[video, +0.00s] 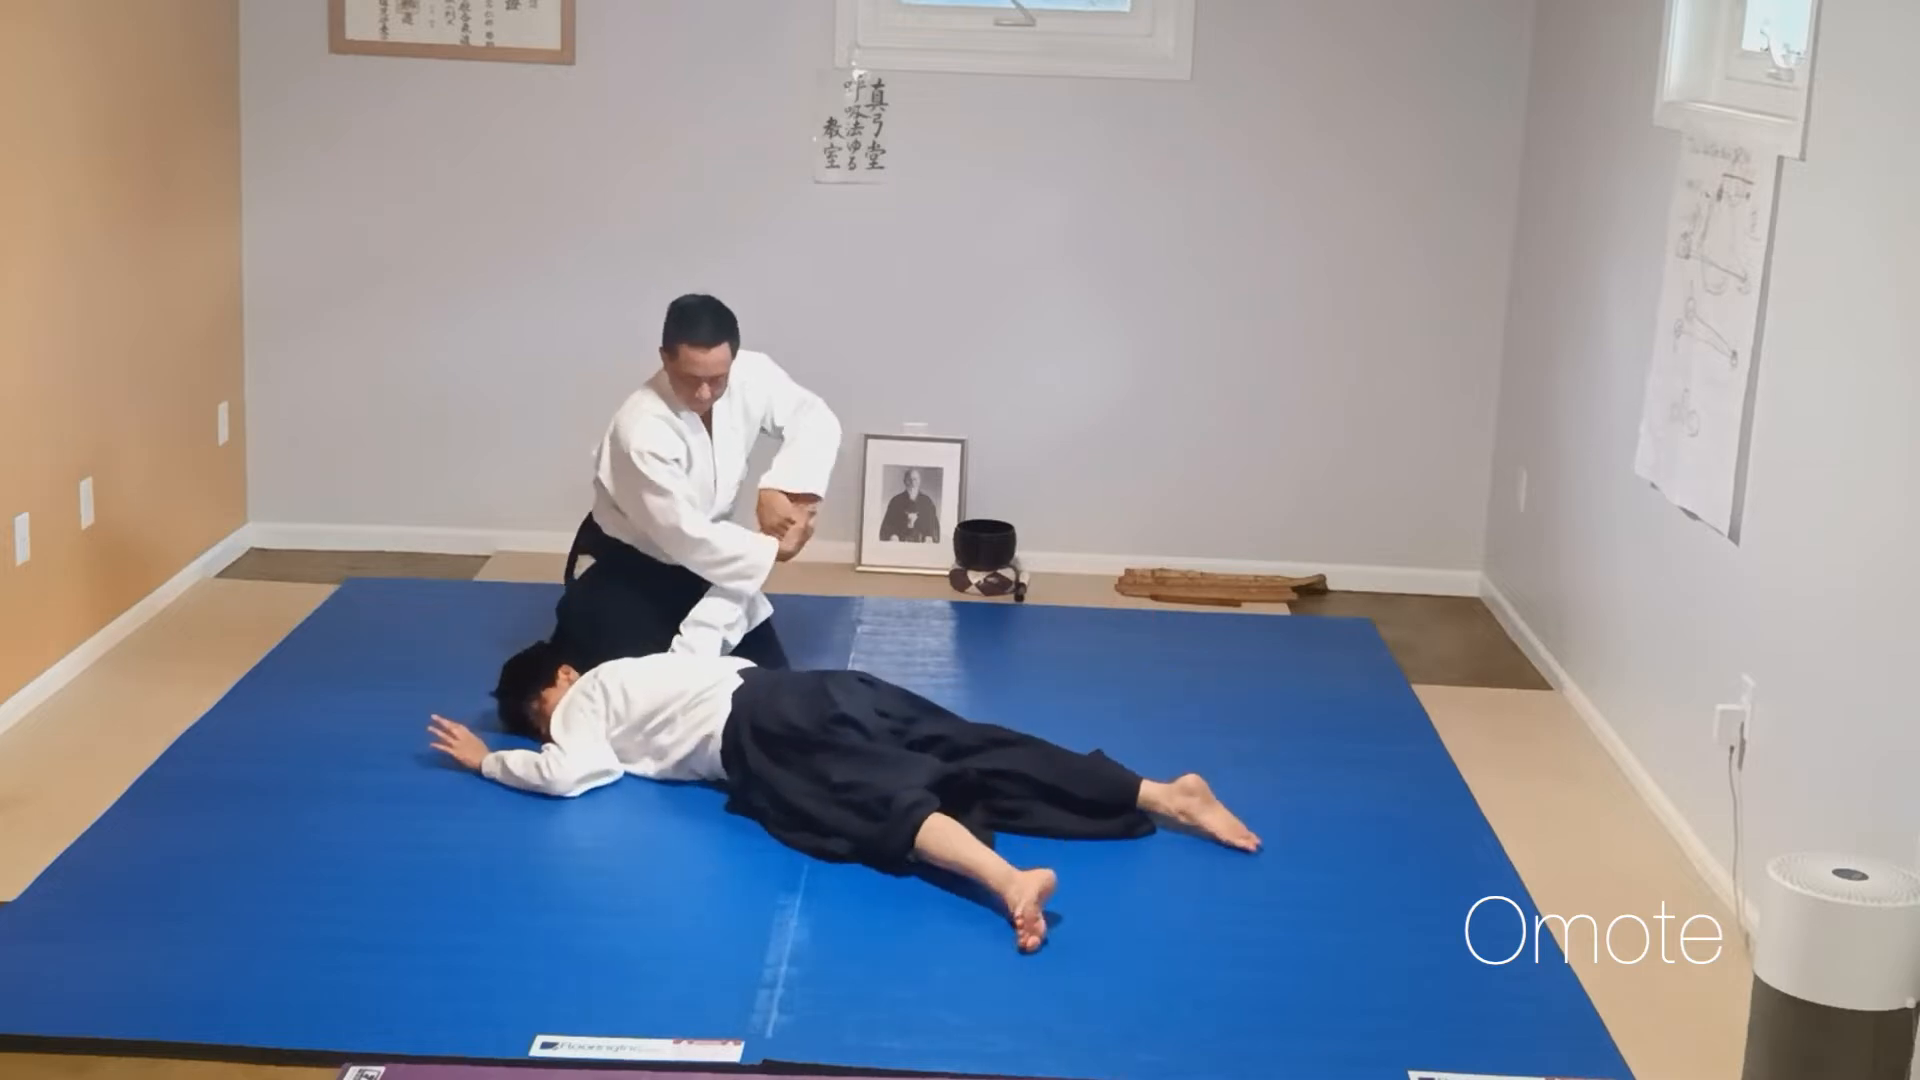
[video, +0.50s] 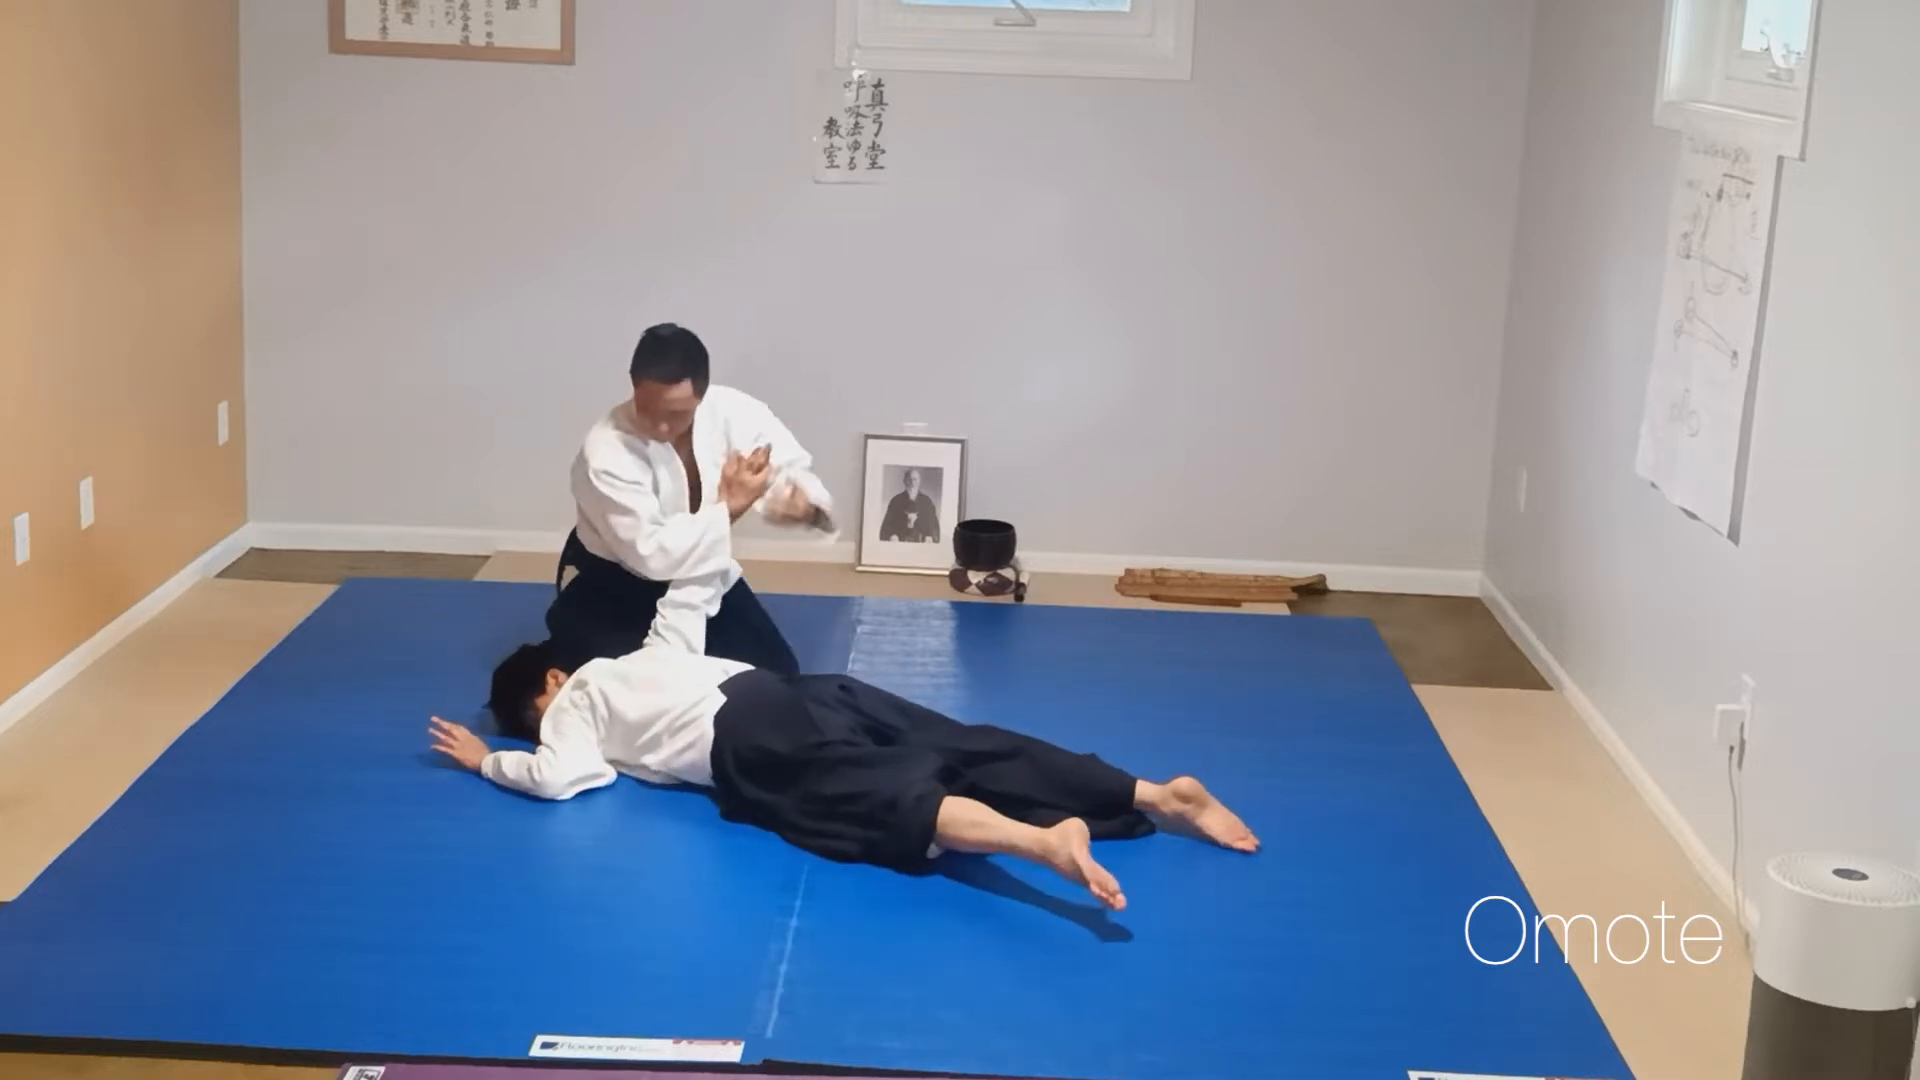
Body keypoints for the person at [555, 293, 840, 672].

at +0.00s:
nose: (705, 393)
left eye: (717, 379)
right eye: (692, 380)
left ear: (733, 360)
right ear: (666, 359)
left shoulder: (751, 376)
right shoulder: (640, 431)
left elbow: (815, 420)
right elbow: (680, 533)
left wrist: (779, 486)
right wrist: (773, 548)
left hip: (712, 572)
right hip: (628, 575)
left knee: (767, 685)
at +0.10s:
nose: (702, 401)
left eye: (715, 387)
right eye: (689, 388)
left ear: (732, 365)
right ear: (664, 365)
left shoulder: (751, 381)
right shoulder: (636, 438)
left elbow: (820, 418)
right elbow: (673, 538)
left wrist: (774, 479)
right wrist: (763, 545)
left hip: (713, 576)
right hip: (625, 578)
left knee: (768, 681)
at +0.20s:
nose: (694, 408)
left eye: (708, 396)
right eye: (681, 394)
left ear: (725, 373)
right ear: (659, 371)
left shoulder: (748, 384)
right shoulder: (628, 445)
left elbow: (825, 413)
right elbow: (667, 545)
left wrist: (772, 455)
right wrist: (757, 537)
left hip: (713, 585)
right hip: (623, 584)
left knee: (768, 687)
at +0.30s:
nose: (681, 417)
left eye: (695, 405)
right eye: (668, 403)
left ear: (716, 383)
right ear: (651, 379)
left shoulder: (740, 391)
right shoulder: (621, 449)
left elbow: (820, 445)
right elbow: (664, 549)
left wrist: (796, 423)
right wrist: (749, 528)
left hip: (711, 586)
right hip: (620, 588)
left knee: (770, 686)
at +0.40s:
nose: (672, 422)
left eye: (687, 409)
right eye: (660, 406)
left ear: (709, 390)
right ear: (642, 380)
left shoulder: (738, 404)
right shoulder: (612, 450)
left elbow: (808, 470)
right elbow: (658, 551)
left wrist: (820, 443)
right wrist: (743, 513)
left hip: (711, 587)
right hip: (617, 590)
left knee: (773, 684)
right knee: (595, 695)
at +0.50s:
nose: (661, 427)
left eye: (676, 414)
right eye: (649, 412)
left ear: (700, 399)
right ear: (634, 388)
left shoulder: (733, 413)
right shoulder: (605, 455)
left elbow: (795, 471)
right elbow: (652, 554)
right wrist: (730, 506)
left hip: (709, 585)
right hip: (616, 588)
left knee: (778, 677)